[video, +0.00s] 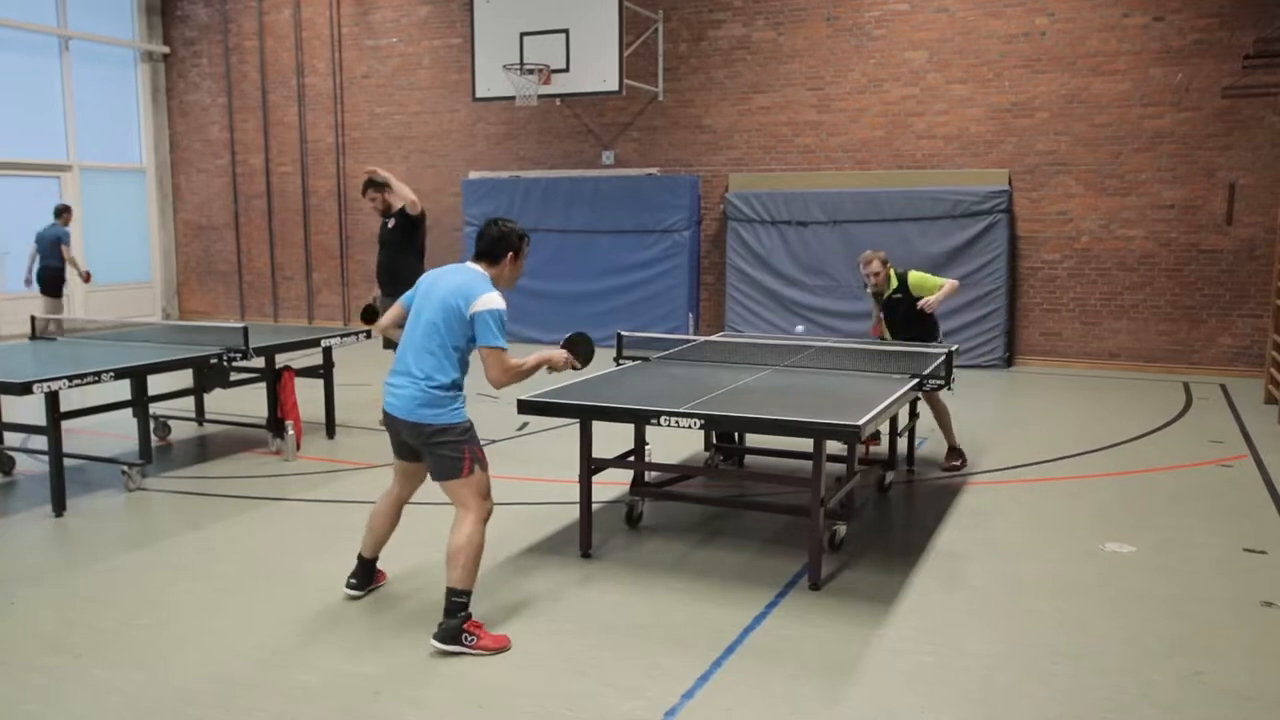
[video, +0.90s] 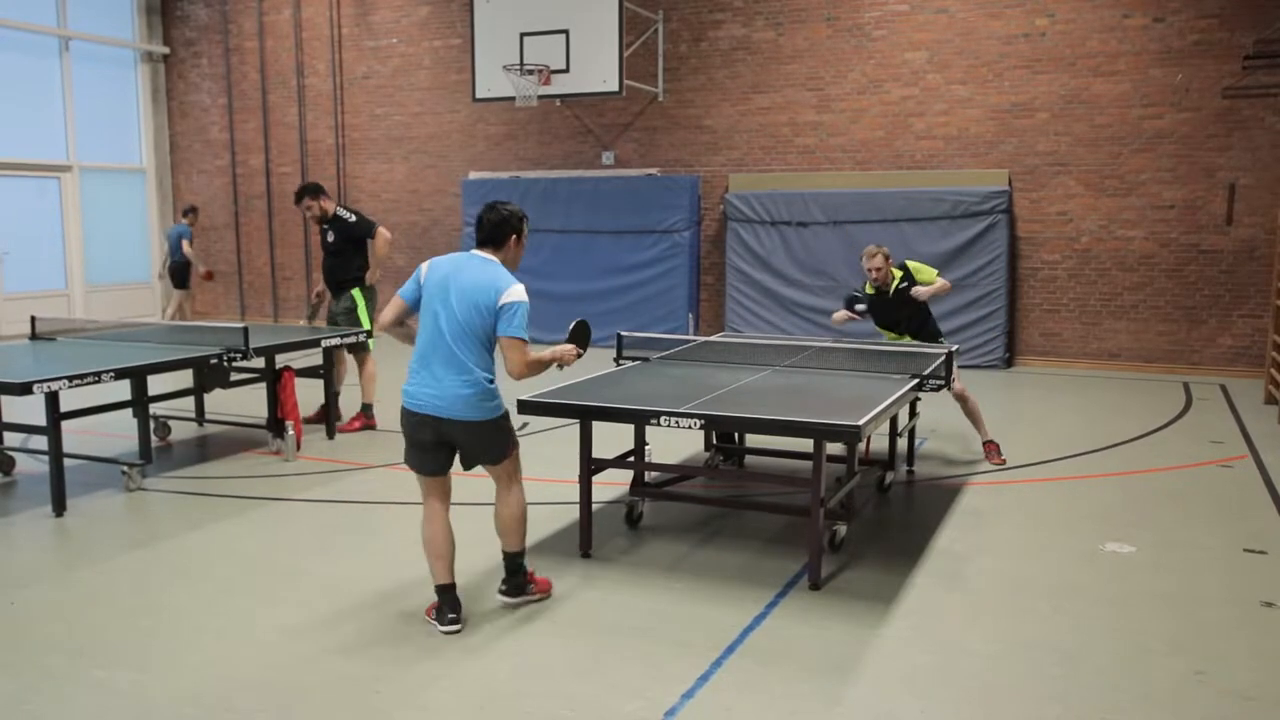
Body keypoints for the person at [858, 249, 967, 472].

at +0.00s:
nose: (872, 281)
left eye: (876, 274)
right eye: (867, 276)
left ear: (887, 270)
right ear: (863, 276)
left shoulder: (910, 280)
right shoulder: (874, 289)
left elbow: (953, 283)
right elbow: (877, 304)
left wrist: (937, 297)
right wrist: (876, 321)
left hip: (926, 348)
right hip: (896, 348)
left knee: (930, 395)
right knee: (872, 385)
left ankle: (953, 449)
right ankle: (871, 431)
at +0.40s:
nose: (859, 249)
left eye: (863, 243)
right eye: (854, 245)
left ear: (875, 240)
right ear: (851, 246)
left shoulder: (897, 257)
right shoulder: (857, 267)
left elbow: (930, 280)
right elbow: (858, 297)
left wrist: (908, 299)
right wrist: (846, 312)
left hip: (914, 333)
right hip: (878, 333)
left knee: (940, 380)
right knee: (863, 380)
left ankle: (957, 428)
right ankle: (861, 437)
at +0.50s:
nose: (857, 244)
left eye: (861, 238)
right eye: (852, 240)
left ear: (872, 235)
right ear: (848, 242)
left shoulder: (895, 251)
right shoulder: (857, 263)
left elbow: (917, 281)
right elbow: (859, 295)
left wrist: (886, 300)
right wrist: (847, 313)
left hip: (919, 325)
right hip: (885, 326)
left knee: (943, 377)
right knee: (863, 373)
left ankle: (965, 421)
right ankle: (861, 432)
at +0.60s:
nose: (855, 256)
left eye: (859, 249)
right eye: (850, 252)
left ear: (871, 247)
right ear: (847, 253)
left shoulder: (886, 263)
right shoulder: (859, 271)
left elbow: (881, 299)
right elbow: (868, 302)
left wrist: (851, 302)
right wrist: (852, 323)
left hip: (921, 332)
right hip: (890, 331)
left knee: (946, 389)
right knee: (862, 376)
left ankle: (986, 435)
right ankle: (859, 434)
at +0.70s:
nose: (861, 271)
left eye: (865, 264)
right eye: (856, 267)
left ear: (876, 261)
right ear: (852, 268)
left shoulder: (894, 275)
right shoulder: (865, 290)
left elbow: (888, 311)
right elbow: (858, 327)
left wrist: (858, 303)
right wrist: (861, 339)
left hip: (928, 343)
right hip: (897, 346)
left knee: (947, 398)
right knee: (864, 387)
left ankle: (987, 442)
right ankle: (860, 443)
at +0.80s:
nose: (867, 273)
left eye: (871, 266)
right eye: (863, 268)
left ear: (883, 261)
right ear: (858, 269)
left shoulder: (905, 270)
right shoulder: (863, 293)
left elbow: (931, 296)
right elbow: (844, 325)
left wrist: (898, 299)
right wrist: (854, 333)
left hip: (930, 345)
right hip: (894, 350)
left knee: (953, 394)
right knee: (865, 391)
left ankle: (989, 443)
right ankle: (856, 446)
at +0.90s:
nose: (874, 275)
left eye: (878, 269)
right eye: (870, 271)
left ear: (889, 264)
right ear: (864, 270)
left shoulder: (909, 270)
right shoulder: (866, 291)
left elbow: (945, 284)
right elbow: (835, 319)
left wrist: (928, 290)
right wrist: (845, 316)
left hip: (930, 343)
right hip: (894, 348)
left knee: (958, 391)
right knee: (871, 391)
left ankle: (987, 441)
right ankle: (861, 445)